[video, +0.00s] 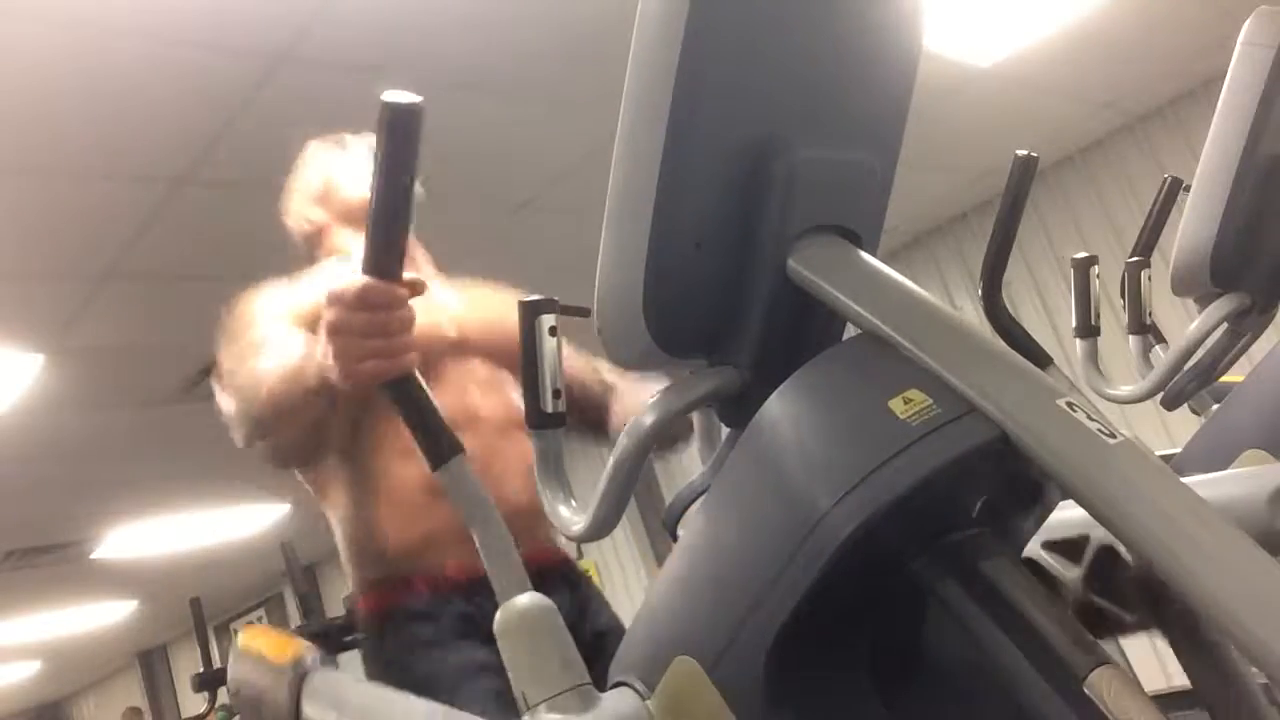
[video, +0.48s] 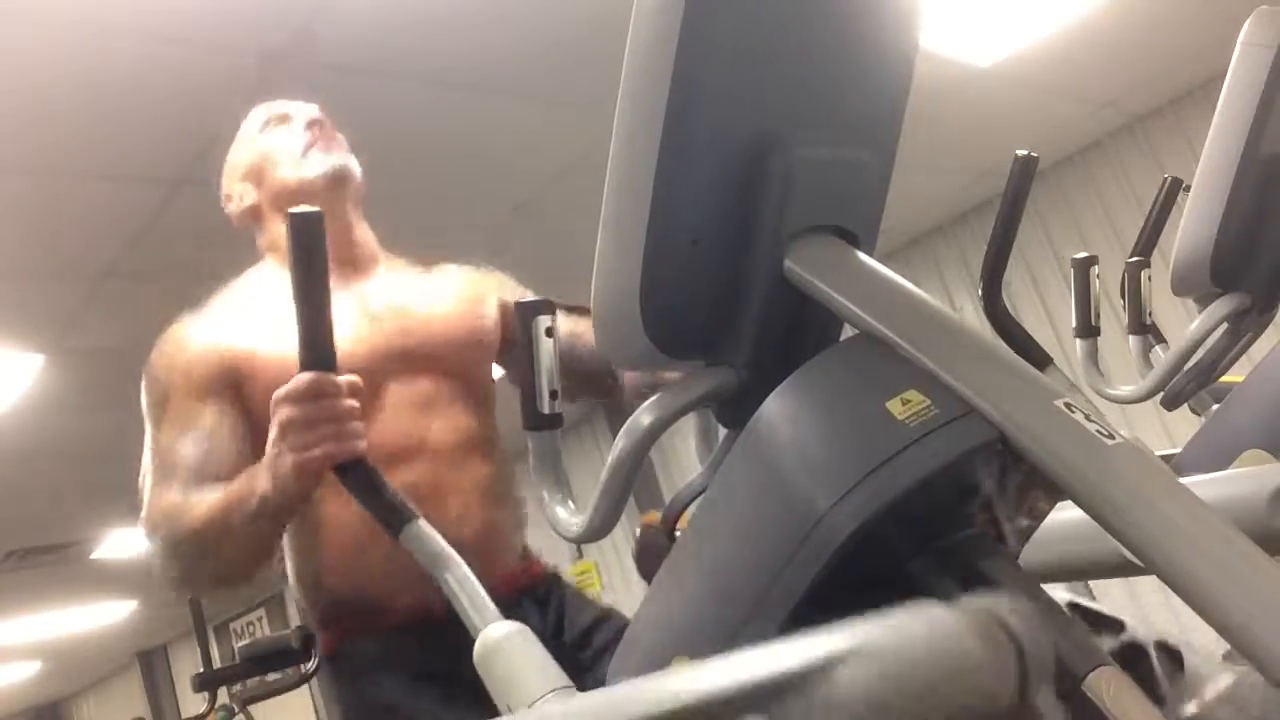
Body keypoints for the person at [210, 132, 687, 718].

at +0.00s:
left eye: (388, 184)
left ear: (406, 192)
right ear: (308, 217)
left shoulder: (479, 300)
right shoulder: (278, 309)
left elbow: (593, 385)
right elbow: (260, 419)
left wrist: (648, 406)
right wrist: (325, 367)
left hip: (556, 589)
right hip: (426, 620)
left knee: (654, 705)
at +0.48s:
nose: (317, 116)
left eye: (324, 117)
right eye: (277, 119)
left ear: (353, 165)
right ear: (240, 194)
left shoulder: (466, 291)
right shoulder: (204, 345)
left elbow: (626, 358)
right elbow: (185, 553)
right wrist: (275, 479)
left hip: (536, 613)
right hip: (384, 659)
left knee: (703, 696)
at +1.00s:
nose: (401, 159)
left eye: (406, 155)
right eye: (366, 160)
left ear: (428, 193)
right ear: (323, 225)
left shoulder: (518, 338)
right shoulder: (279, 346)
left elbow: (633, 430)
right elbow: (246, 485)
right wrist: (321, 406)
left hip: (537, 649)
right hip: (399, 665)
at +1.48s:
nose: (343, 135)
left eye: (350, 128)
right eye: (307, 133)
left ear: (382, 175)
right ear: (263, 202)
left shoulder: (463, 320)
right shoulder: (231, 338)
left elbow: (596, 394)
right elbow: (167, 527)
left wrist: (732, 380)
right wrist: (294, 449)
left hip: (523, 636)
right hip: (382, 677)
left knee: (719, 672)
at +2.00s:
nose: (398, 97)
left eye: (404, 95)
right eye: (356, 92)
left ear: (430, 137)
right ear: (311, 162)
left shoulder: (533, 280)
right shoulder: (274, 308)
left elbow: (620, 395)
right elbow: (193, 480)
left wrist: (725, 387)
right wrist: (242, 568)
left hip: (558, 609)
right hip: (418, 630)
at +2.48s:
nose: (342, 78)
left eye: (350, 79)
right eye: (306, 86)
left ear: (384, 122)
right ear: (273, 163)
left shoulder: (497, 255)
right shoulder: (247, 282)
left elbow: (580, 391)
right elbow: (188, 481)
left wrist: (646, 502)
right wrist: (239, 677)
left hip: (555, 587)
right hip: (401, 623)